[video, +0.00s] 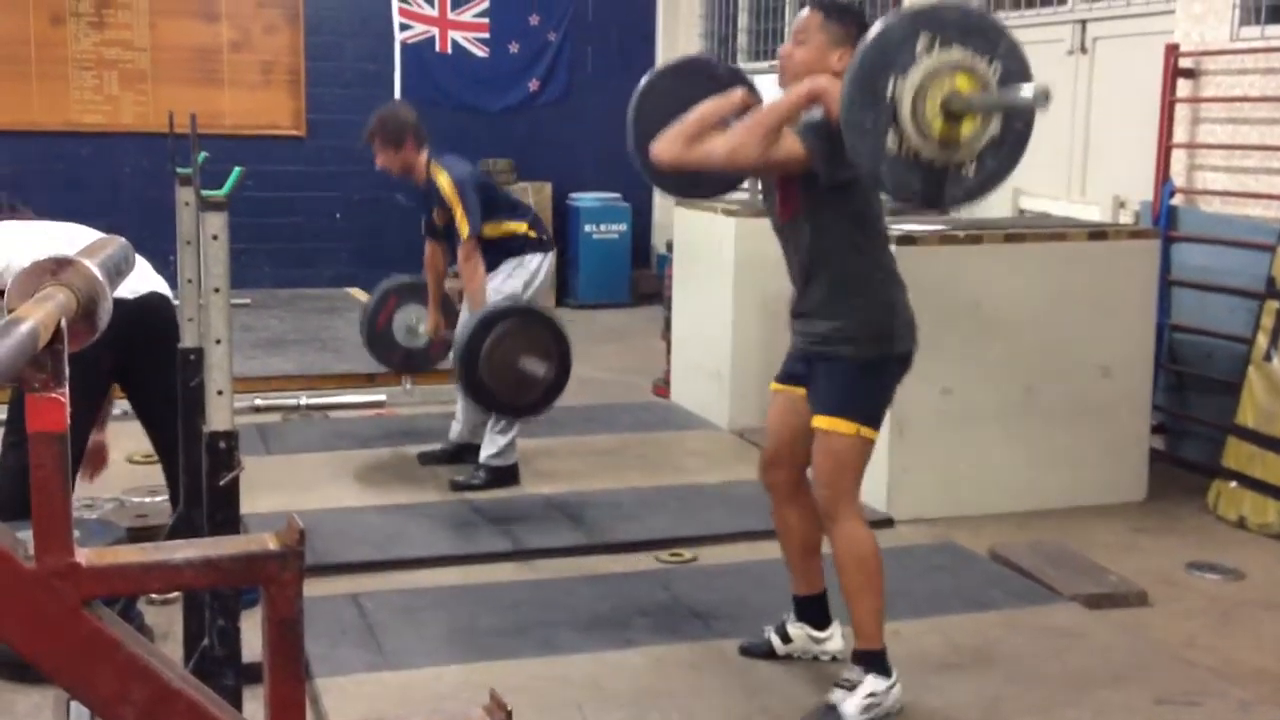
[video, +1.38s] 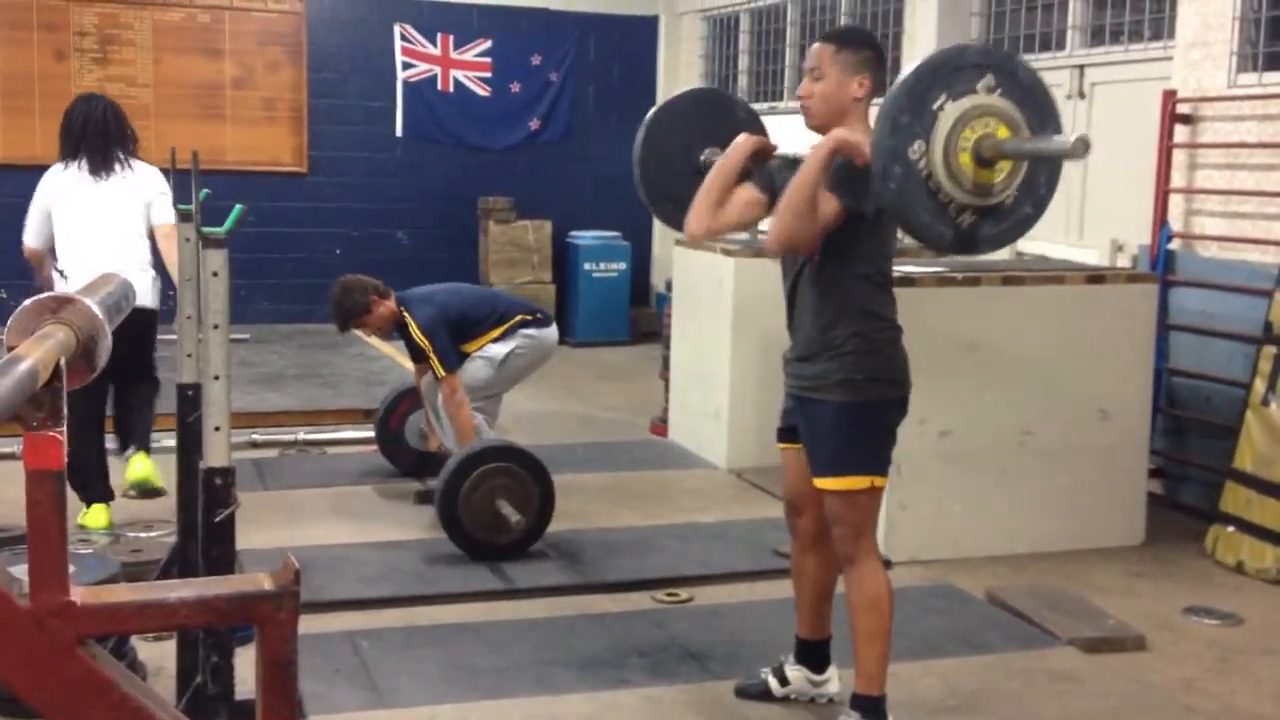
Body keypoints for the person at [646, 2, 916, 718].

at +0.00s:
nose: (783, 50)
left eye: (799, 39)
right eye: (788, 38)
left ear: (839, 57)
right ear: (796, 55)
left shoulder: (838, 125)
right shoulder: (779, 122)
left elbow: (738, 155)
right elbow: (666, 152)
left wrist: (803, 93)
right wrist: (734, 98)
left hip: (864, 334)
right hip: (813, 330)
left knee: (834, 492)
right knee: (780, 474)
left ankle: (875, 669)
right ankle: (813, 624)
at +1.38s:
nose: (801, 88)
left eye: (816, 75)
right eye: (805, 75)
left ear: (859, 85)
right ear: (847, 88)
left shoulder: (864, 158)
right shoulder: (811, 164)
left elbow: (785, 239)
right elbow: (702, 225)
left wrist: (823, 147)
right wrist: (737, 153)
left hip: (856, 379)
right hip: (808, 375)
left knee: (853, 541)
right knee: (806, 522)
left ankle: (870, 707)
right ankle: (810, 667)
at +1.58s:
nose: (778, 112)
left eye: (786, 96)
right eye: (776, 98)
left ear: (831, 92)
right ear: (817, 97)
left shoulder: (876, 168)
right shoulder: (796, 181)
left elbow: (892, 277)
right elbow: (801, 277)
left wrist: (852, 243)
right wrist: (743, 238)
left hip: (869, 386)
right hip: (809, 382)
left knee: (851, 544)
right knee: (792, 520)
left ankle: (869, 708)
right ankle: (809, 668)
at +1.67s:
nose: (772, 129)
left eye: (778, 113)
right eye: (768, 115)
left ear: (824, 103)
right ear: (803, 109)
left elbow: (947, 232)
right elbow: (825, 249)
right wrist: (758, 244)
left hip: (879, 390)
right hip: (818, 382)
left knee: (852, 545)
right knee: (782, 514)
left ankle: (870, 708)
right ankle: (802, 667)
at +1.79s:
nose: (758, 142)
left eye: (767, 127)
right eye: (754, 128)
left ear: (811, 116)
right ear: (781, 125)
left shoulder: (852, 170)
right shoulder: (784, 184)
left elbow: (905, 266)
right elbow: (762, 252)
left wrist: (845, 362)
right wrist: (731, 319)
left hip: (883, 372)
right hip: (829, 368)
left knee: (856, 544)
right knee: (793, 511)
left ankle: (869, 709)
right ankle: (797, 669)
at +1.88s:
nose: (735, 157)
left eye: (745, 142)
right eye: (731, 143)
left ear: (787, 135)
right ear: (745, 143)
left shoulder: (829, 208)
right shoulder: (761, 211)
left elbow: (867, 325)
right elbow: (741, 298)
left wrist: (839, 441)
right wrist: (730, 389)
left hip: (894, 394)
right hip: (833, 384)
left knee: (863, 546)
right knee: (793, 513)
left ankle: (869, 707)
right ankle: (798, 670)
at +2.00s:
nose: (683, 229)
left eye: (695, 212)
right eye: (680, 214)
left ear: (733, 206)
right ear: (683, 215)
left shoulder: (790, 277)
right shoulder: (728, 275)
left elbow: (834, 404)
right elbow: (735, 370)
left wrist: (842, 525)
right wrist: (734, 466)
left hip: (907, 393)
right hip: (845, 387)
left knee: (866, 546)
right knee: (796, 513)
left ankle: (874, 696)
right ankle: (798, 671)